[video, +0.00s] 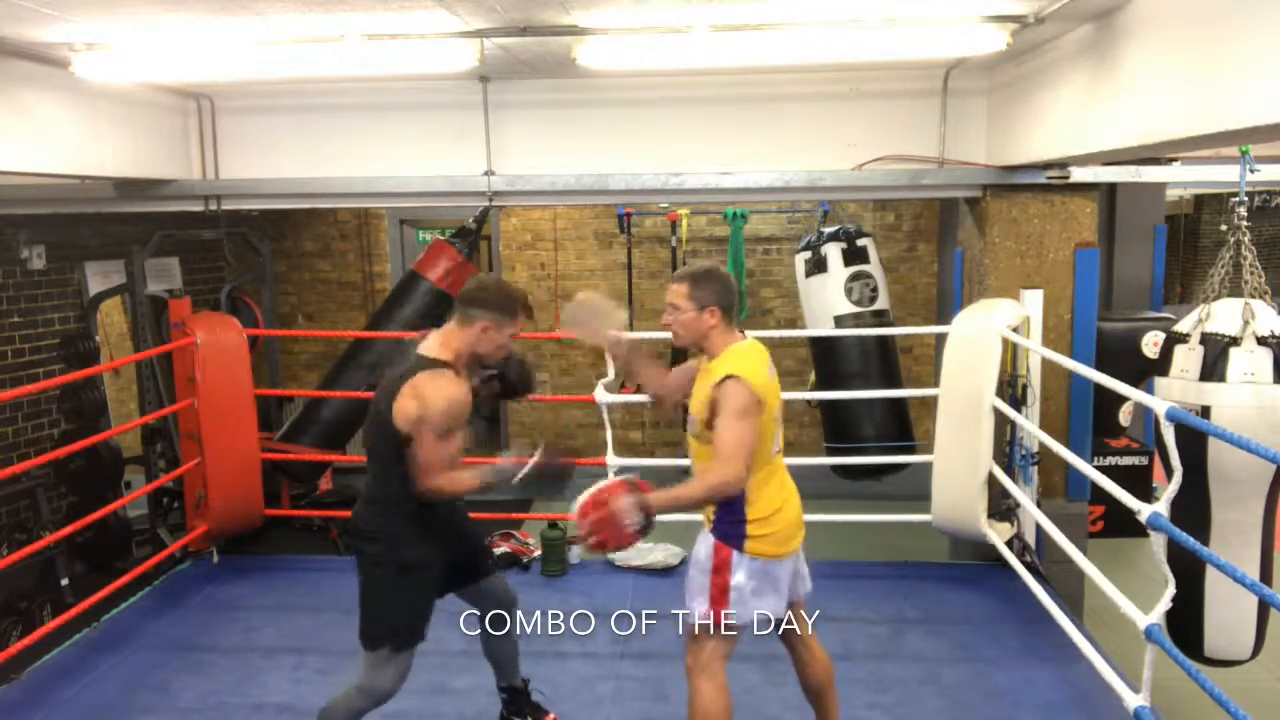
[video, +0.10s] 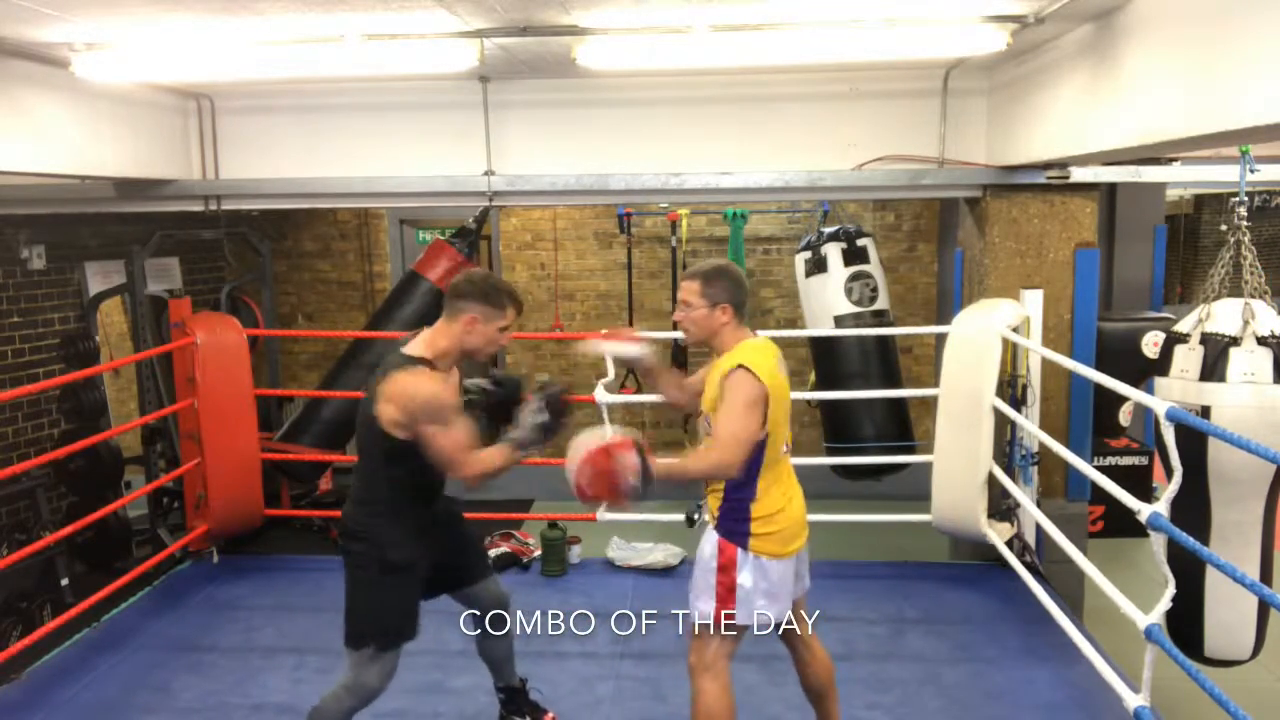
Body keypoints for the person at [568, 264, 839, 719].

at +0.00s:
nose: (666, 319)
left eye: (675, 309)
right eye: (666, 309)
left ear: (711, 316)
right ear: (713, 316)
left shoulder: (734, 379)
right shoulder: (738, 353)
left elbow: (729, 476)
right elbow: (665, 385)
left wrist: (646, 503)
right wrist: (621, 350)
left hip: (740, 534)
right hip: (776, 521)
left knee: (705, 662)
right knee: (797, 632)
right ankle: (830, 715)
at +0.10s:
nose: (677, 316)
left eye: (686, 306)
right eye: (678, 306)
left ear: (722, 312)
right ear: (724, 311)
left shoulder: (742, 372)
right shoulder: (758, 352)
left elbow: (727, 459)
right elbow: (687, 393)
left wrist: (647, 469)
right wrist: (645, 360)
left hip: (744, 534)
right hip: (782, 524)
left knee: (707, 661)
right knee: (797, 631)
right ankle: (830, 716)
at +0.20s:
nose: (687, 314)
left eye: (696, 304)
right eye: (687, 304)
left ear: (732, 310)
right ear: (737, 309)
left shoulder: (726, 369)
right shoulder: (784, 351)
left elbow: (668, 431)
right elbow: (741, 406)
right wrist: (696, 351)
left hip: (746, 532)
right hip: (794, 521)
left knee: (707, 656)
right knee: (800, 629)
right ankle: (833, 715)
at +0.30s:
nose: (687, 313)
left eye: (696, 303)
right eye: (688, 302)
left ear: (732, 311)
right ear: (737, 311)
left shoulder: (730, 368)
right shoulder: (780, 353)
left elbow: (654, 426)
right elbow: (732, 399)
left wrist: (596, 391)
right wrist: (690, 352)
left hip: (751, 536)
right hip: (796, 524)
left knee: (709, 657)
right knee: (801, 629)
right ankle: (834, 716)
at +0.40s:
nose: (688, 311)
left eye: (698, 302)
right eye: (689, 300)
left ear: (733, 311)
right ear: (735, 311)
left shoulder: (741, 365)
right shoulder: (767, 353)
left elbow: (696, 427)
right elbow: (699, 403)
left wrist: (629, 411)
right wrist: (657, 372)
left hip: (746, 534)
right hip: (786, 525)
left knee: (705, 658)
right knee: (800, 632)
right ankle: (832, 717)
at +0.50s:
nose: (689, 308)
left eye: (699, 298)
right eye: (690, 298)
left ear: (735, 306)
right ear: (738, 308)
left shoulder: (730, 353)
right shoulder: (778, 351)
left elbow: (662, 369)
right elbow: (746, 415)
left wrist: (589, 353)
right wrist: (680, 402)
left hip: (742, 532)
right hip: (788, 521)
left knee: (703, 659)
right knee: (797, 629)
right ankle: (830, 715)